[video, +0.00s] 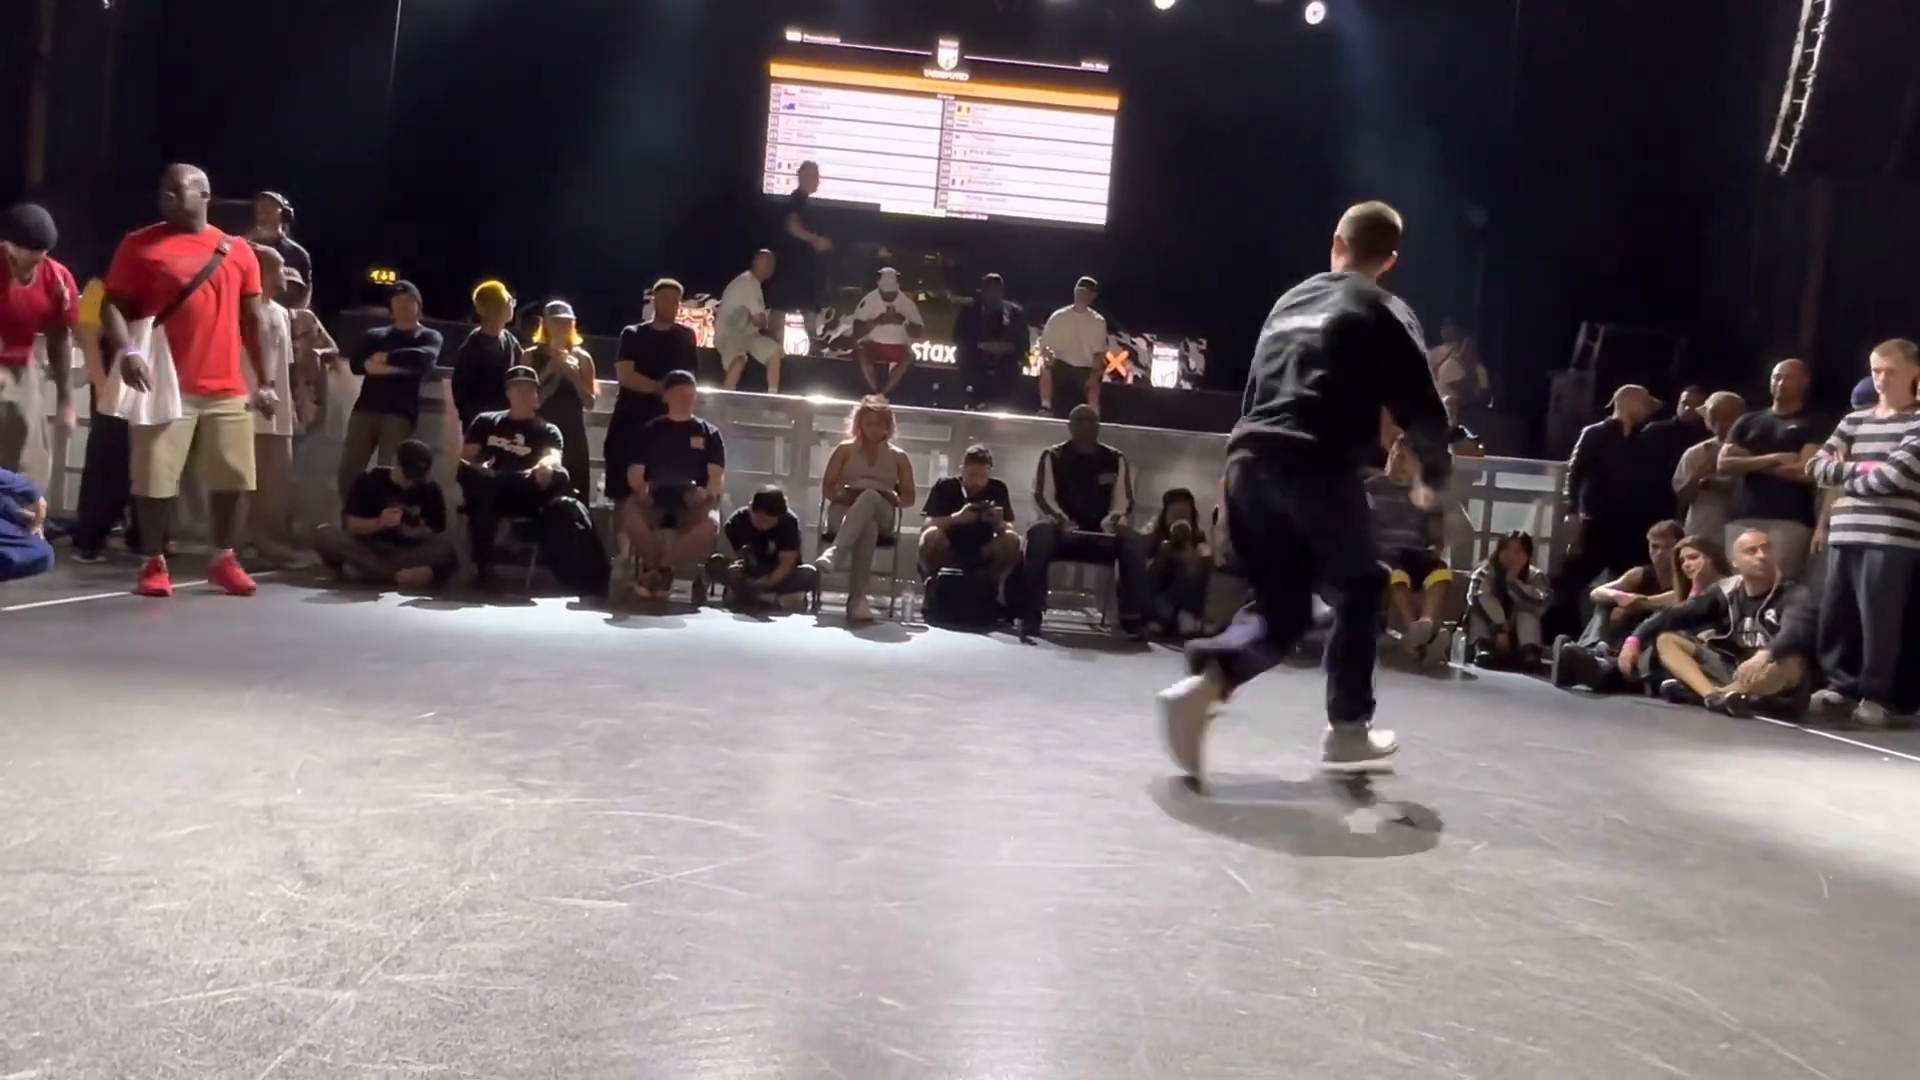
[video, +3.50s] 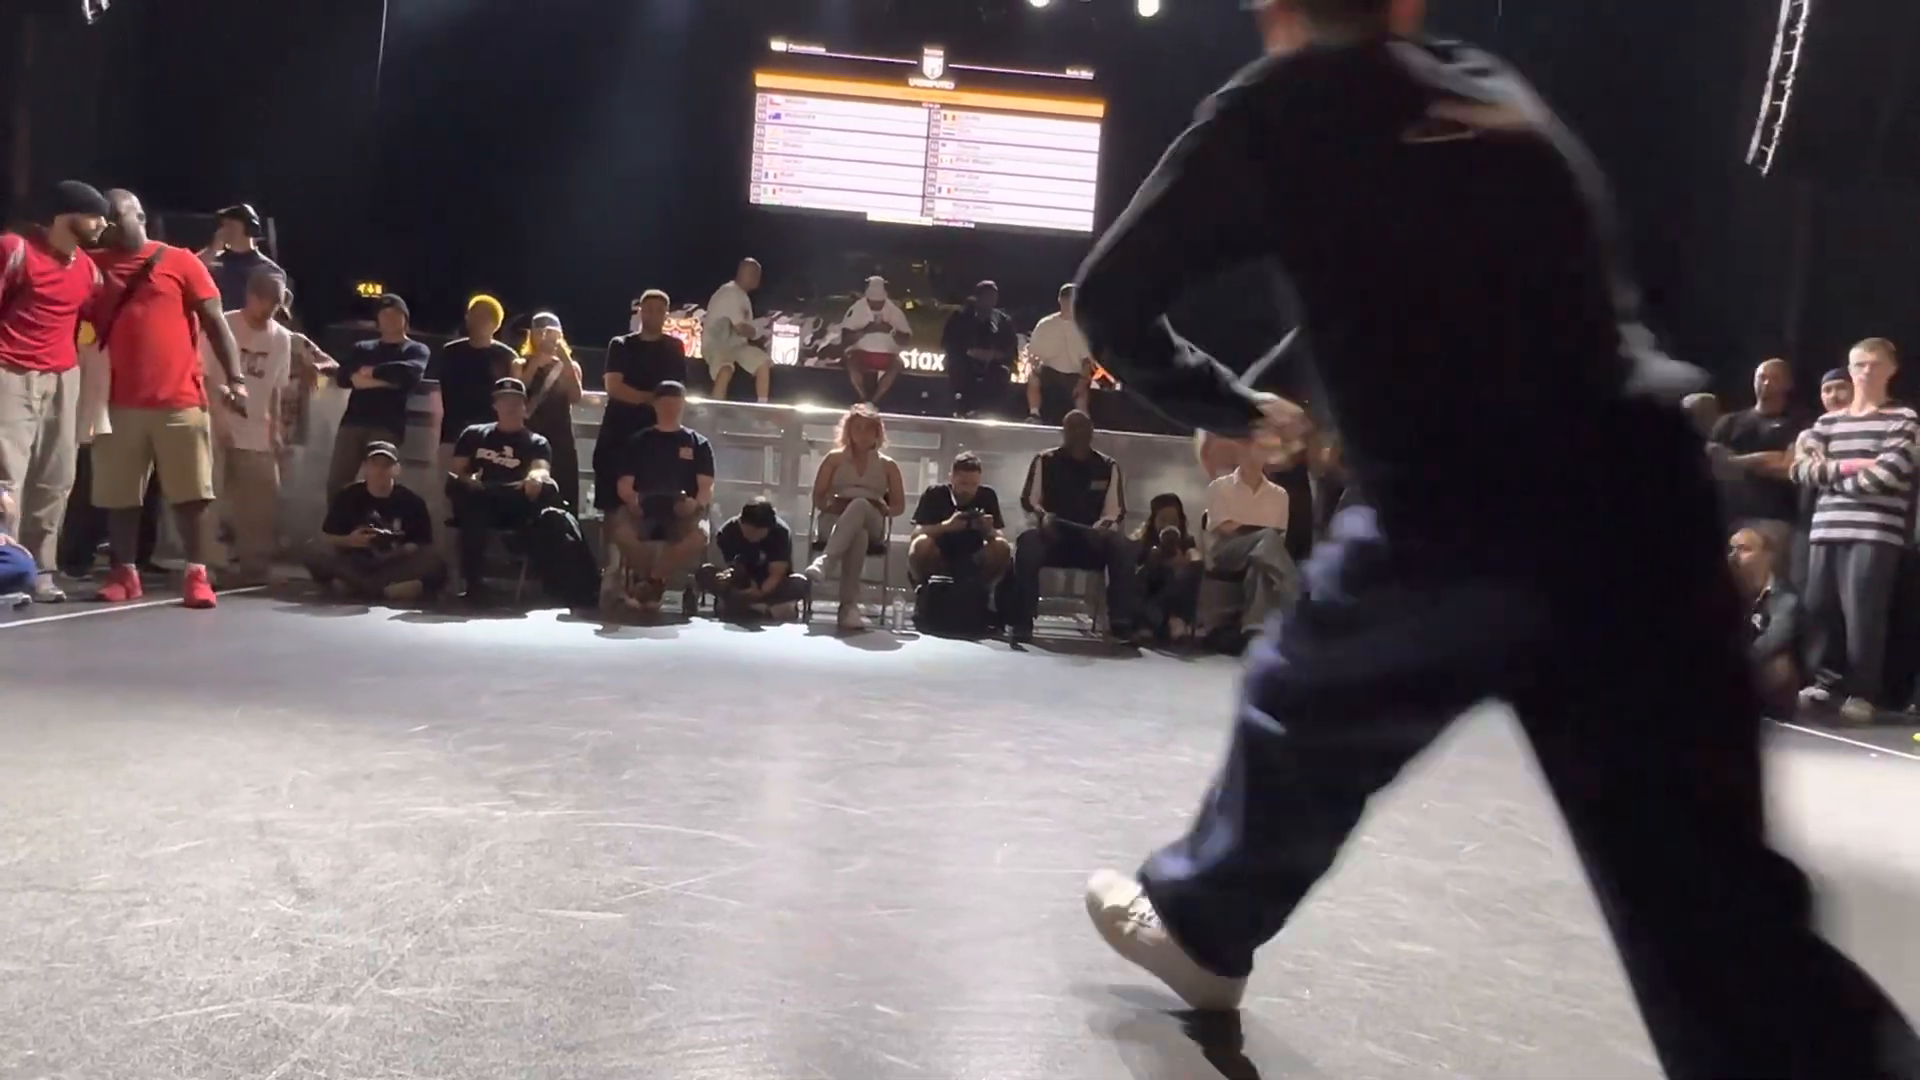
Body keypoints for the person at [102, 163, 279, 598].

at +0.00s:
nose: (174, 196)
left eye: (182, 189)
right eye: (170, 190)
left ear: (205, 195)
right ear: (163, 198)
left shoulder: (238, 250)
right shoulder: (139, 247)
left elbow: (253, 317)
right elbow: (113, 305)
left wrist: (266, 380)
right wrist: (125, 350)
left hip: (227, 390)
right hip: (165, 390)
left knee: (234, 476)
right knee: (155, 481)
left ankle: (225, 557)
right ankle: (155, 563)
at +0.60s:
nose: (213, 206)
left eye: (221, 198)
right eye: (213, 198)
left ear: (247, 204)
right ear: (213, 202)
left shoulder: (278, 259)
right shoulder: (196, 247)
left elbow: (295, 335)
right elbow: (177, 306)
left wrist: (283, 394)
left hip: (248, 397)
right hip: (189, 391)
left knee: (250, 487)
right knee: (173, 483)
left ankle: (243, 564)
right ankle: (161, 562)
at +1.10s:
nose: (209, 207)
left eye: (215, 199)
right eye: (209, 199)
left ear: (242, 202)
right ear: (236, 203)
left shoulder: (274, 258)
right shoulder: (211, 247)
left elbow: (288, 333)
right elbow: (190, 287)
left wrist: (277, 394)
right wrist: (128, 275)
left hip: (239, 393)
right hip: (189, 388)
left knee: (246, 483)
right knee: (177, 476)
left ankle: (242, 566)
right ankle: (180, 559)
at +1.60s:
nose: (175, 211)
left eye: (182, 202)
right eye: (171, 204)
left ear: (206, 200)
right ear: (169, 208)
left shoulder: (239, 252)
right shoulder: (167, 252)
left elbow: (263, 323)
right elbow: (131, 278)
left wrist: (253, 384)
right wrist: (94, 260)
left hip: (223, 390)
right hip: (170, 389)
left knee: (236, 481)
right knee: (171, 480)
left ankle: (239, 565)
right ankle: (178, 562)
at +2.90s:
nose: (190, 212)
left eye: (199, 204)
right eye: (188, 205)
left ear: (226, 207)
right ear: (186, 211)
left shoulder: (254, 263)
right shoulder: (169, 254)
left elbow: (270, 330)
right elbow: (128, 288)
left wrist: (265, 387)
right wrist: (96, 253)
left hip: (223, 393)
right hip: (161, 388)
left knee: (230, 485)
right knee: (145, 480)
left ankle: (224, 565)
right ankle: (137, 560)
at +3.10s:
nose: (161, 213)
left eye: (169, 205)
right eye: (159, 207)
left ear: (194, 207)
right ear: (158, 213)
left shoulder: (227, 259)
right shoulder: (141, 258)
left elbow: (251, 324)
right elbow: (99, 306)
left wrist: (259, 385)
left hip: (206, 395)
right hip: (143, 394)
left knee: (216, 488)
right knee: (136, 487)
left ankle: (219, 569)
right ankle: (133, 566)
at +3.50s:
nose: (112, 224)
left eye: (118, 216)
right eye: (106, 218)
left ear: (140, 217)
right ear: (101, 226)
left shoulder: (180, 261)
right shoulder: (95, 270)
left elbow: (215, 321)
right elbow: (69, 335)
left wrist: (236, 378)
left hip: (181, 403)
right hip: (120, 405)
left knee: (191, 497)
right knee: (120, 498)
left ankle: (197, 574)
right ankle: (125, 575)